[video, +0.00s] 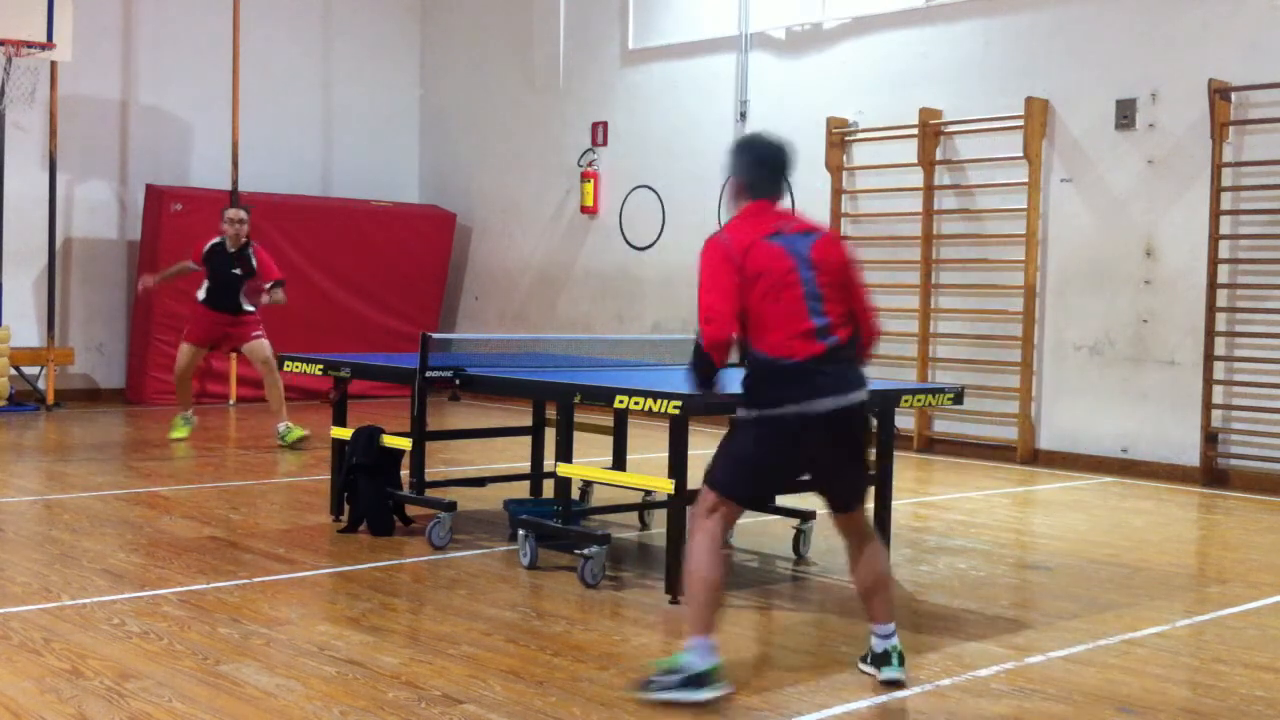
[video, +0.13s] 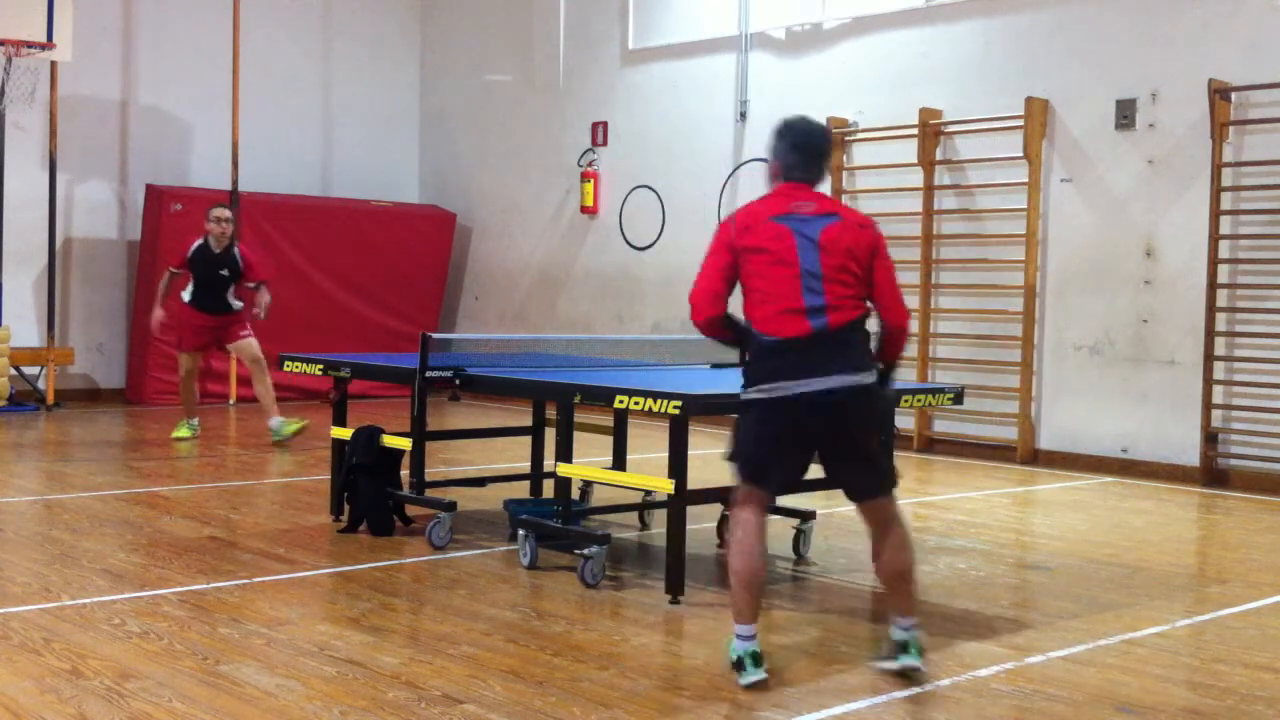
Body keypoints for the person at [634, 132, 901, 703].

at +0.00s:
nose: (725, 188)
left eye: (727, 181)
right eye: (729, 181)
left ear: (735, 184)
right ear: (784, 185)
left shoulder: (727, 244)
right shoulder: (825, 239)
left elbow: (718, 331)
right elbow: (864, 326)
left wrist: (703, 371)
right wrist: (835, 369)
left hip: (778, 413)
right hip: (844, 409)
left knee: (710, 515)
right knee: (856, 524)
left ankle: (697, 657)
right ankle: (887, 649)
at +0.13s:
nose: (773, 167)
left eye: (773, 159)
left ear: (773, 164)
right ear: (827, 167)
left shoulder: (740, 224)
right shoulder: (857, 226)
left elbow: (704, 312)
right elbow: (896, 322)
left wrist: (751, 340)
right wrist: (881, 366)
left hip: (777, 393)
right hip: (851, 389)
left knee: (749, 506)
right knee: (882, 512)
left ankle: (746, 646)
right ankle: (906, 639)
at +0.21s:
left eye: (793, 172)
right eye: (847, 179)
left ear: (793, 177)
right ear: (847, 182)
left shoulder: (753, 237)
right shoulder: (869, 244)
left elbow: (711, 321)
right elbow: (907, 339)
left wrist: (758, 335)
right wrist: (900, 386)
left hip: (778, 406)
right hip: (854, 402)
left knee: (760, 515)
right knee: (908, 521)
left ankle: (744, 647)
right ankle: (950, 647)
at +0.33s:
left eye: (833, 192)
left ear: (831, 198)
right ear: (882, 205)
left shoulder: (786, 261)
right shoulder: (892, 268)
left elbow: (757, 344)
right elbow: (920, 368)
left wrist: (810, 355)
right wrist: (943, 404)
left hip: (792, 431)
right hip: (867, 427)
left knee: (778, 531)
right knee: (944, 533)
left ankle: (747, 652)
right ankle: (999, 670)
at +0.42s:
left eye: (879, 198)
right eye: (912, 204)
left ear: (867, 206)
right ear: (916, 213)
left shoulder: (825, 266)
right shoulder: (915, 276)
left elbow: (815, 351)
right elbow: (936, 376)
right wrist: (985, 443)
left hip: (813, 434)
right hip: (881, 434)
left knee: (800, 527)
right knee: (967, 530)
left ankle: (749, 648)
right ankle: (1006, 674)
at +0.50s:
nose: (954, 221)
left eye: (940, 209)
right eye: (954, 212)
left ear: (906, 212)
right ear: (951, 218)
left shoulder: (869, 267)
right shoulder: (939, 279)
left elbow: (869, 355)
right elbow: (949, 380)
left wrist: (949, 373)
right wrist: (1008, 451)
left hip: (831, 435)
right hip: (897, 434)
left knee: (813, 531)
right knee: (988, 531)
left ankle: (744, 645)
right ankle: (1009, 677)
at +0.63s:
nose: (1005, 229)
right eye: (1004, 220)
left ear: (953, 220)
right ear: (1002, 228)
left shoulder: (928, 267)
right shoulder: (973, 277)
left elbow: (975, 343)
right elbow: (967, 361)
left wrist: (1052, 361)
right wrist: (1025, 427)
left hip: (855, 431)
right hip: (915, 432)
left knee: (825, 535)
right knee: (1014, 532)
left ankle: (743, 645)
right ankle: (1011, 680)